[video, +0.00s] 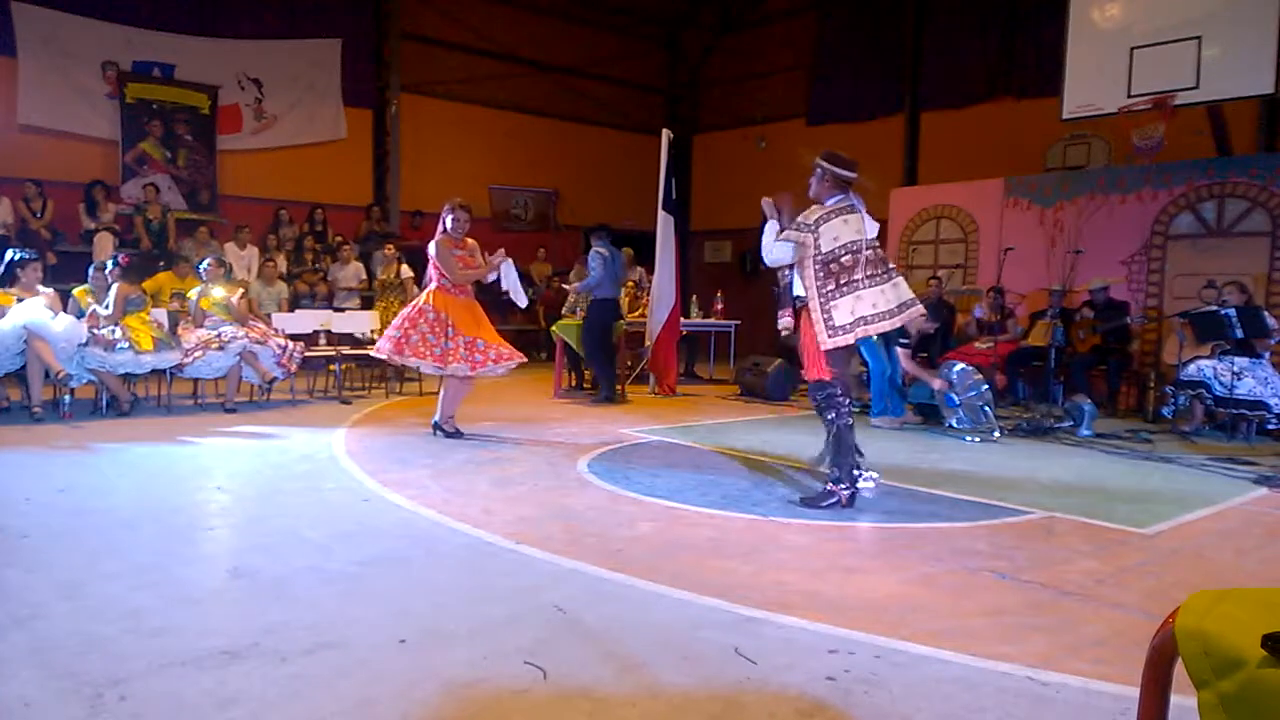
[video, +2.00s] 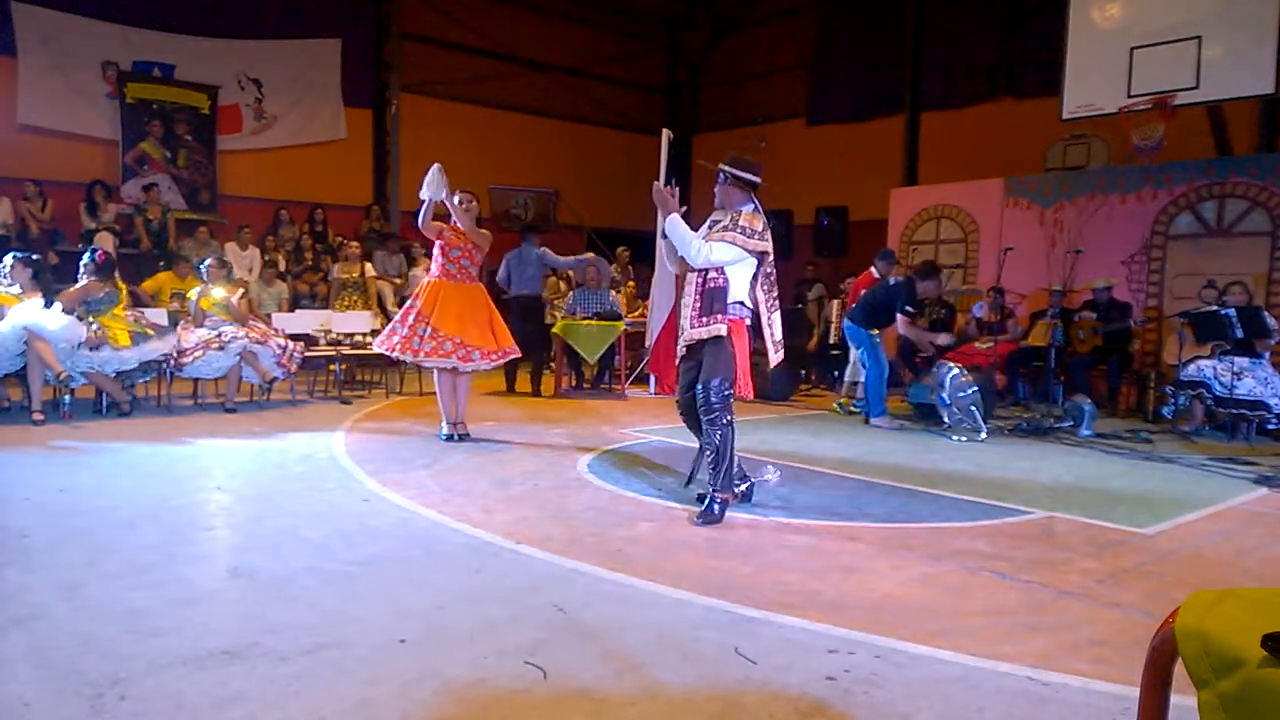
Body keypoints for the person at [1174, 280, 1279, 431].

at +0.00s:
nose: (1224, 298)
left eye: (1230, 293)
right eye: (1222, 294)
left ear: (1244, 297)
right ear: (1218, 297)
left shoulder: (1257, 315)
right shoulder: (1217, 316)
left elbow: (1265, 346)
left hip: (1253, 365)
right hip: (1223, 363)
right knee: (1197, 368)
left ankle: (1242, 424)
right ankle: (1197, 419)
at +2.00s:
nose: (1237, 297)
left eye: (1241, 293)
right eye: (1231, 294)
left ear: (1248, 297)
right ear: (1223, 298)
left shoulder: (1258, 315)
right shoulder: (1216, 316)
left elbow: (1265, 346)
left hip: (1254, 364)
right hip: (1223, 363)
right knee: (1196, 368)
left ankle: (1243, 425)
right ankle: (1197, 419)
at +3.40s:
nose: (1226, 297)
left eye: (1232, 293)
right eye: (1225, 293)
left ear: (1245, 298)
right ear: (1223, 296)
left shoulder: (1258, 315)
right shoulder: (1219, 316)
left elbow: (1265, 345)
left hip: (1253, 364)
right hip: (1223, 363)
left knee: (1246, 381)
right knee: (1197, 369)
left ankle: (1241, 426)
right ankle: (1196, 420)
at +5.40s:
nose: (1237, 296)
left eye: (1242, 293)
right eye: (1232, 293)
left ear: (1248, 297)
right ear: (1224, 296)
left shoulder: (1257, 315)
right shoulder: (1215, 314)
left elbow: (1264, 346)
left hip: (1253, 364)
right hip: (1221, 362)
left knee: (1248, 382)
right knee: (1198, 369)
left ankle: (1242, 426)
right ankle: (1195, 420)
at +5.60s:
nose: (1238, 296)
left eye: (1242, 293)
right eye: (1233, 292)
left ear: (1248, 297)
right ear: (1224, 296)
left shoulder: (1257, 315)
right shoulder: (1216, 315)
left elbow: (1265, 346)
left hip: (1253, 364)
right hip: (1221, 363)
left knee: (1249, 382)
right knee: (1198, 368)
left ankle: (1243, 426)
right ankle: (1195, 419)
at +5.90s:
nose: (1231, 296)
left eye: (1236, 292)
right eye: (1229, 293)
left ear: (1247, 296)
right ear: (1225, 296)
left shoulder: (1257, 314)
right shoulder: (1219, 315)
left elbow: (1264, 346)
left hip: (1253, 364)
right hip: (1222, 363)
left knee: (1248, 382)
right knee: (1198, 368)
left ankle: (1242, 426)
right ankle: (1195, 419)